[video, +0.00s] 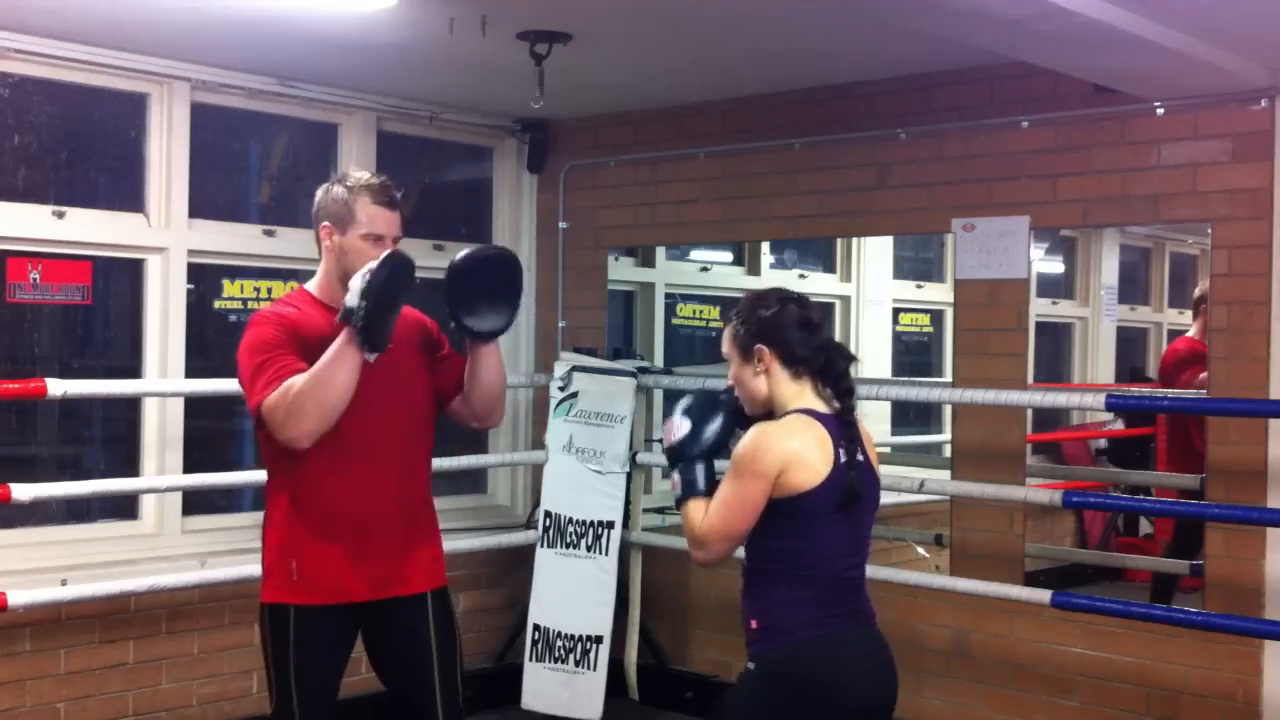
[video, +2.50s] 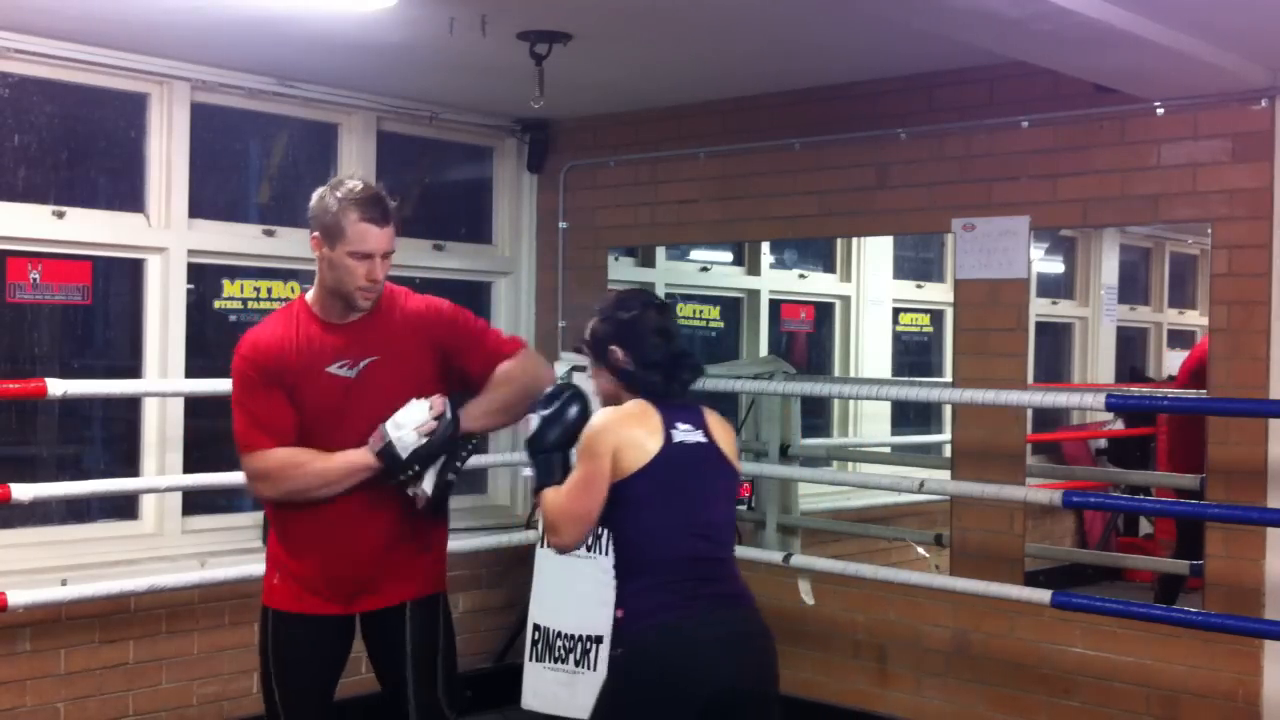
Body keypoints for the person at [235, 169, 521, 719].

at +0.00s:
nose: (388, 255)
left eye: (396, 242)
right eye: (374, 239)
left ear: (404, 244)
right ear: (328, 237)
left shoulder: (415, 328)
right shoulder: (275, 326)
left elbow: (484, 413)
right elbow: (295, 425)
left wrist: (483, 330)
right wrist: (360, 326)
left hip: (409, 573)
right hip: (309, 579)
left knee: (440, 708)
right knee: (302, 712)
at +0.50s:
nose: (388, 257)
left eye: (395, 243)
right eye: (373, 241)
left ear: (402, 244)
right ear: (327, 241)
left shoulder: (420, 327)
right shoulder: (275, 330)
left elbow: (482, 413)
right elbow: (292, 433)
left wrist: (495, 338)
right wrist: (353, 336)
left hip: (415, 583)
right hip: (311, 588)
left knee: (442, 710)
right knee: (301, 712)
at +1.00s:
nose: (365, 248)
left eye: (370, 234)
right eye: (349, 232)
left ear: (374, 240)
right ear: (304, 237)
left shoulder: (396, 331)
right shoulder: (248, 338)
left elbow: (430, 427)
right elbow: (207, 459)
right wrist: (292, 397)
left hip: (398, 580)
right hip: (296, 589)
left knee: (429, 708)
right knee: (294, 711)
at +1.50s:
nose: (390, 259)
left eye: (396, 245)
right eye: (375, 243)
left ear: (403, 247)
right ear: (330, 242)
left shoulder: (420, 333)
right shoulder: (281, 337)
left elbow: (452, 435)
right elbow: (323, 434)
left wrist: (471, 524)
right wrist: (371, 333)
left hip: (408, 584)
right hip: (310, 587)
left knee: (438, 709)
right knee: (300, 712)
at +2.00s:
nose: (423, 258)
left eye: (431, 244)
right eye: (408, 242)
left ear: (439, 247)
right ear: (366, 240)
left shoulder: (434, 334)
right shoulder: (320, 330)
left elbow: (455, 437)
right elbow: (345, 422)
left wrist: (472, 520)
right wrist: (395, 326)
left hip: (426, 583)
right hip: (332, 586)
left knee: (455, 709)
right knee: (316, 713)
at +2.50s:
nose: (377, 273)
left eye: (386, 256)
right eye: (361, 257)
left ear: (394, 247)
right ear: (319, 248)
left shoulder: (426, 319)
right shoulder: (267, 348)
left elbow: (533, 370)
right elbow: (266, 475)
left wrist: (456, 423)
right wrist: (376, 456)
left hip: (409, 579)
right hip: (304, 587)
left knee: (428, 710)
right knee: (293, 711)